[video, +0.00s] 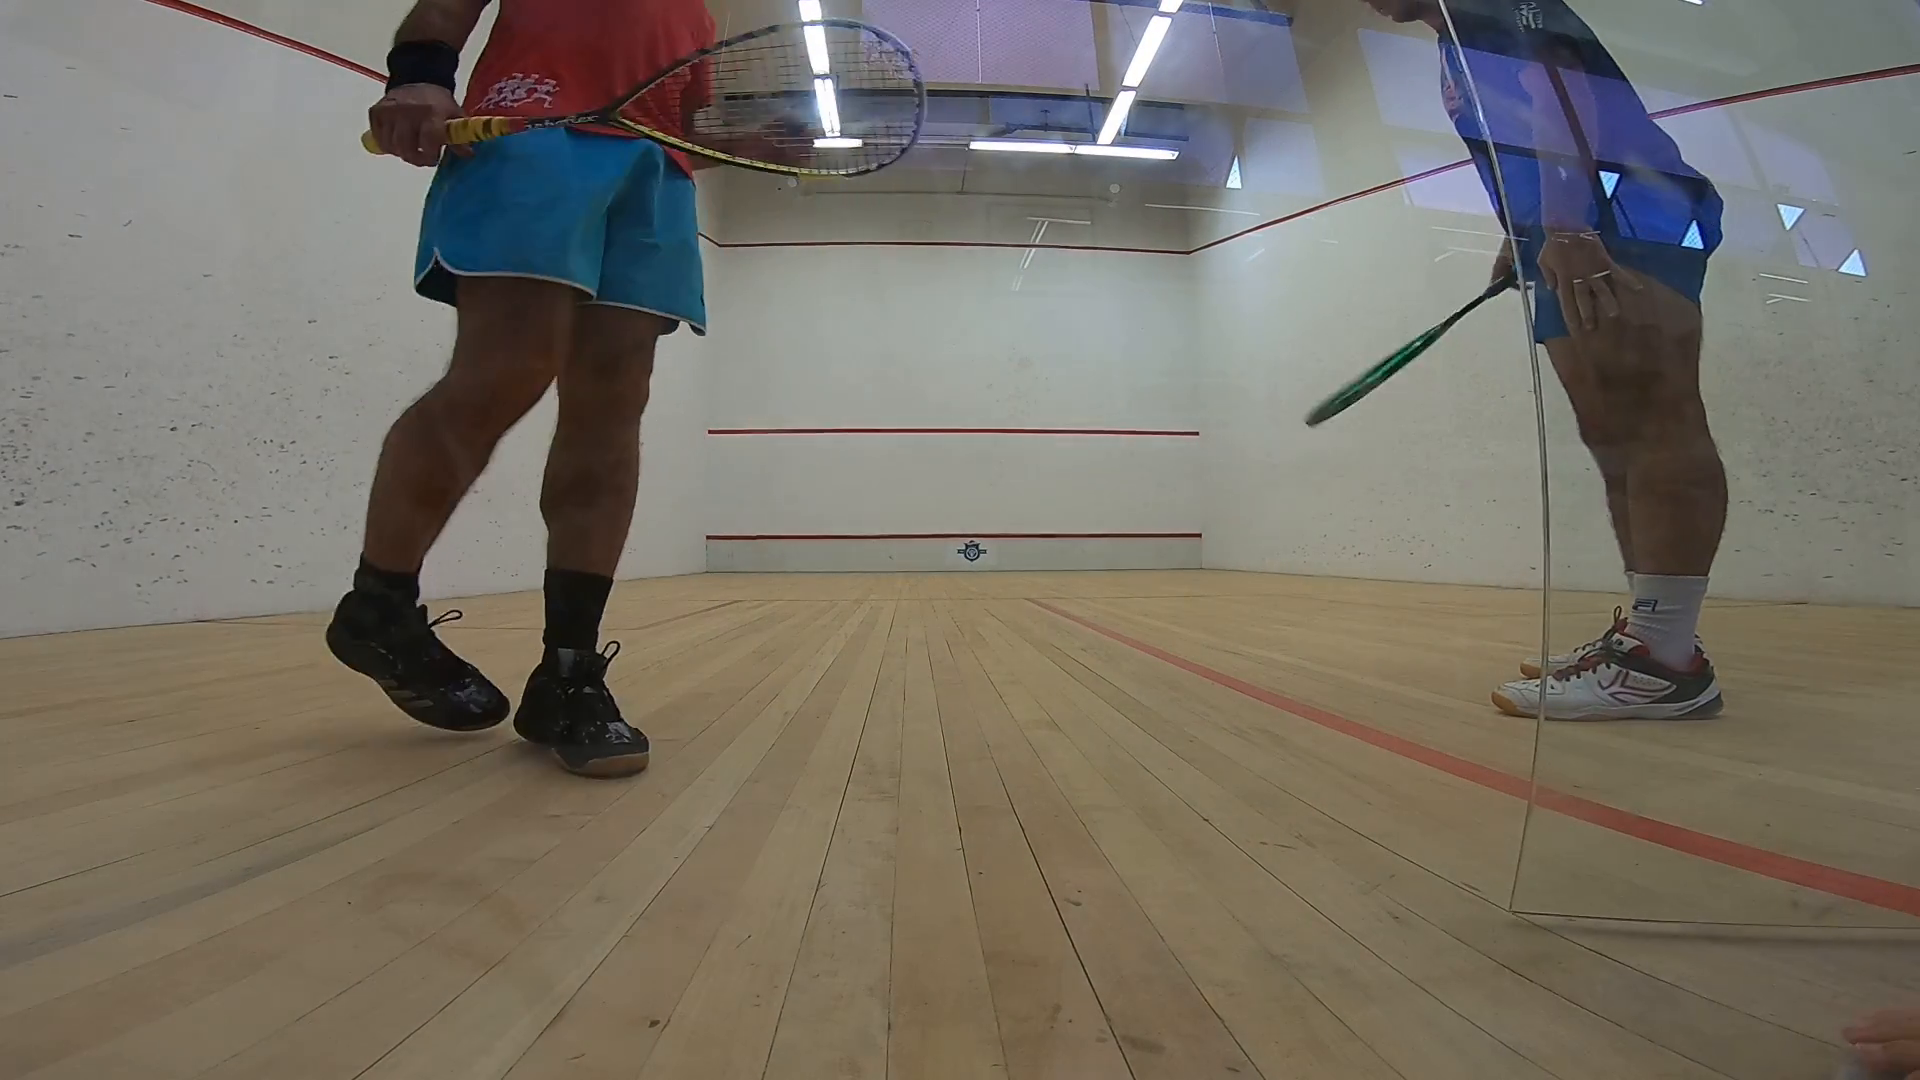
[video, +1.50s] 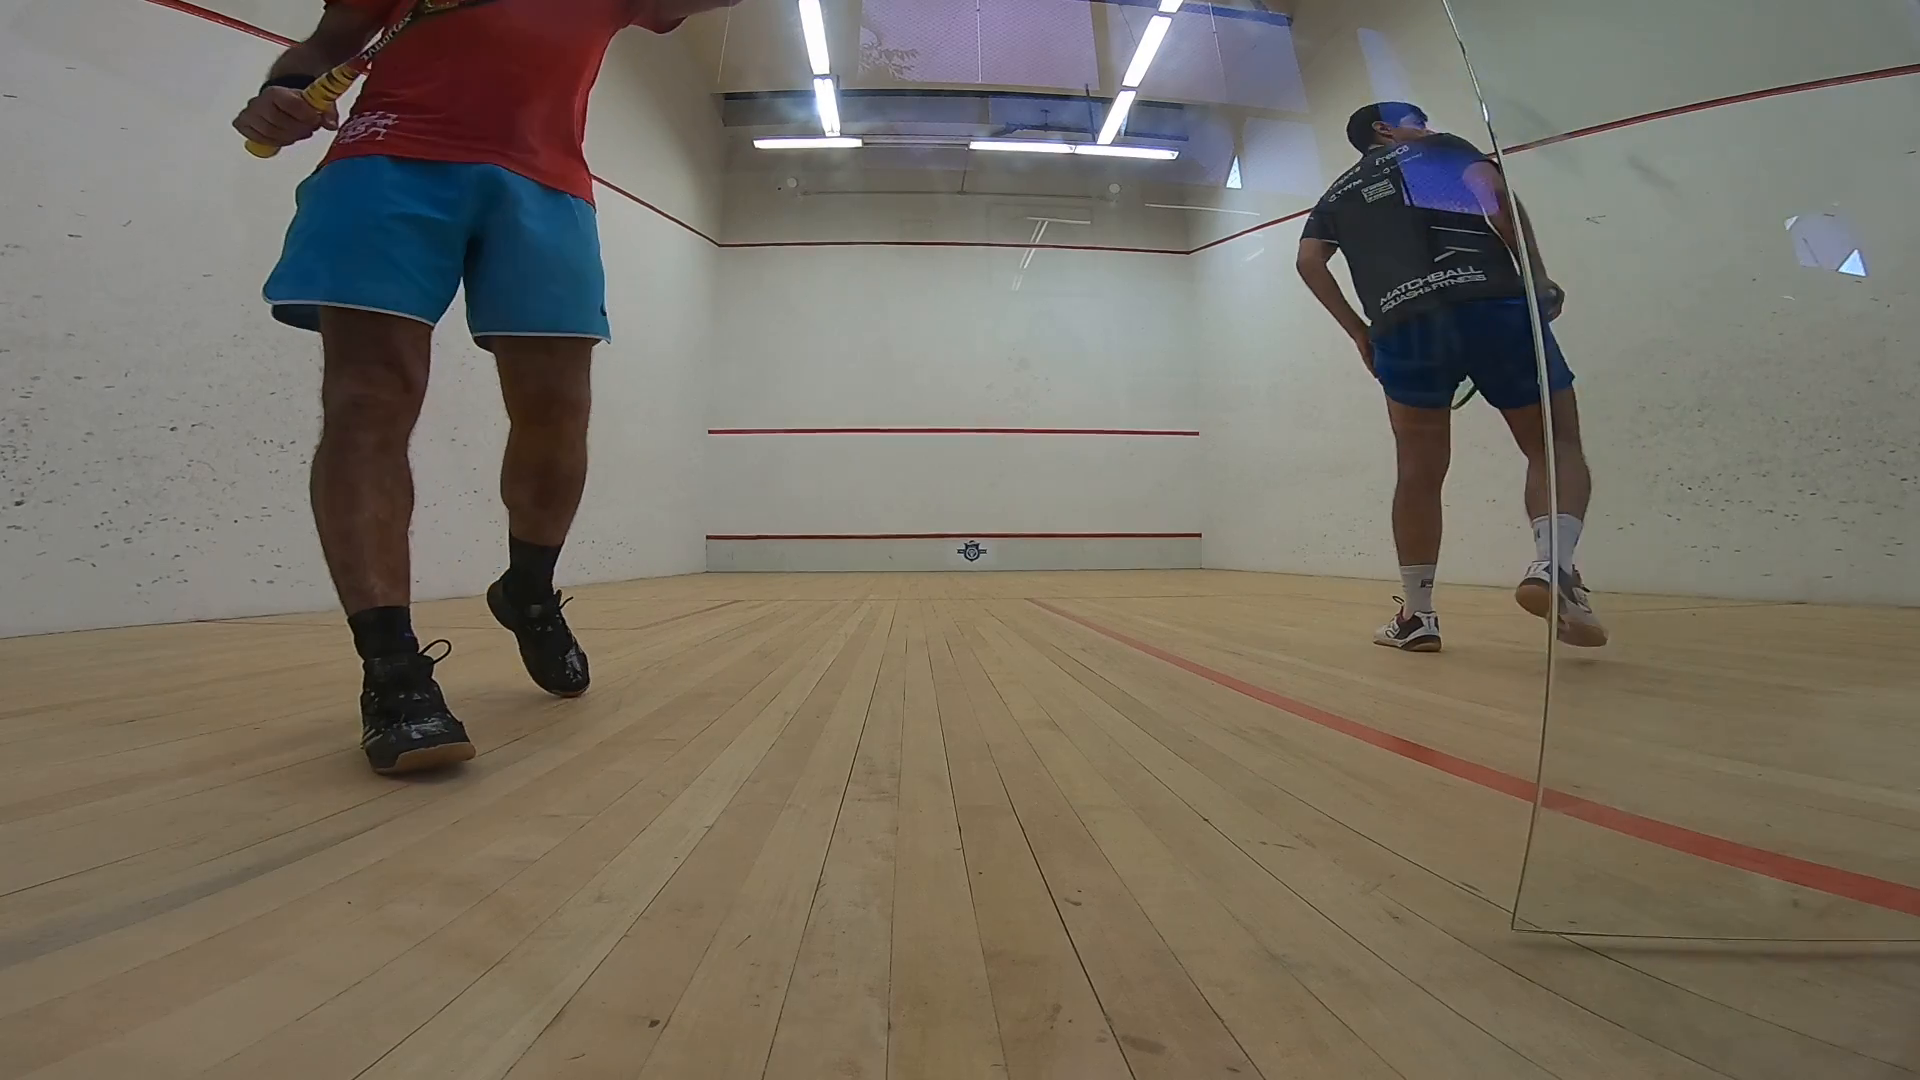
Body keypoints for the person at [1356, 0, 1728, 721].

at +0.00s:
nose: (1374, 5)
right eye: (1369, 3)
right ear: (1397, 10)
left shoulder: (1491, 8)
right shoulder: (1459, 57)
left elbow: (1558, 82)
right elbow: (1522, 139)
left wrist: (1569, 225)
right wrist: (1519, 229)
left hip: (1628, 218)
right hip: (1570, 237)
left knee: (1659, 421)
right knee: (1613, 431)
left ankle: (1670, 659)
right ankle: (1649, 637)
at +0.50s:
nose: (1373, 102)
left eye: (1358, 90)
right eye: (1361, 100)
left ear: (1358, 54)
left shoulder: (1405, 54)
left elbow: (1464, 136)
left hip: (1605, 227)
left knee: (1624, 423)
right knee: (1611, 423)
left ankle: (1663, 658)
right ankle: (1627, 627)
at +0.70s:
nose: (1384, 114)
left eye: (1377, 100)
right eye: (1375, 109)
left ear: (1389, 72)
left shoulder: (1408, 70)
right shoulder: (1538, 94)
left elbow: (1443, 129)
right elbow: (1655, 163)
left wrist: (1461, 253)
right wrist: (1613, 240)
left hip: (1562, 234)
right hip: (1655, 243)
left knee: (1533, 427)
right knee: (1613, 439)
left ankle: (1643, 639)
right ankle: (1622, 635)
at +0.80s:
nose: (1391, 108)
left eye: (1386, 94)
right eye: (1383, 101)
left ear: (1401, 70)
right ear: (1449, 68)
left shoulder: (1414, 72)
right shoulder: (1539, 99)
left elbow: (1444, 141)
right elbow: (1646, 173)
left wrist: (1448, 269)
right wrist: (1615, 244)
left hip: (1533, 240)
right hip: (1637, 249)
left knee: (1474, 430)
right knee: (1603, 449)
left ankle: (1589, 598)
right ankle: (1620, 636)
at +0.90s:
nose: (1396, 113)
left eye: (1391, 100)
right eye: (1389, 106)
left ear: (1403, 76)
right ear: (1450, 70)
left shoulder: (1417, 75)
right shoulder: (1537, 104)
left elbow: (1440, 149)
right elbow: (1633, 177)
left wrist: (1434, 271)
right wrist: (1606, 253)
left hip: (1515, 248)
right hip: (1623, 257)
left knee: (1440, 422)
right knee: (1607, 448)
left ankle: (1530, 591)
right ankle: (1613, 634)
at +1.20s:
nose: (1376, 138)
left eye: (1374, 131)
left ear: (1378, 129)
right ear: (1430, 122)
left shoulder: (1373, 148)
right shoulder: (1498, 142)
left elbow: (1380, 218)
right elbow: (1587, 208)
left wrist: (1407, 321)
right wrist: (1567, 305)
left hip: (1474, 299)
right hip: (1575, 295)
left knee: (1450, 467)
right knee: (1580, 456)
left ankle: (1422, 613)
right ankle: (1611, 632)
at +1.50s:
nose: (1428, 128)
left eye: (1423, 122)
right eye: (1417, 121)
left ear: (1370, 138)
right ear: (1383, 129)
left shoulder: (1337, 193)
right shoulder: (1447, 147)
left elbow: (1309, 262)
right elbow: (1496, 197)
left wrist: (1357, 329)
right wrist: (1535, 275)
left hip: (1406, 327)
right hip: (1494, 308)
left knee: (1418, 474)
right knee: (1554, 441)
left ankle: (1418, 615)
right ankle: (1553, 565)